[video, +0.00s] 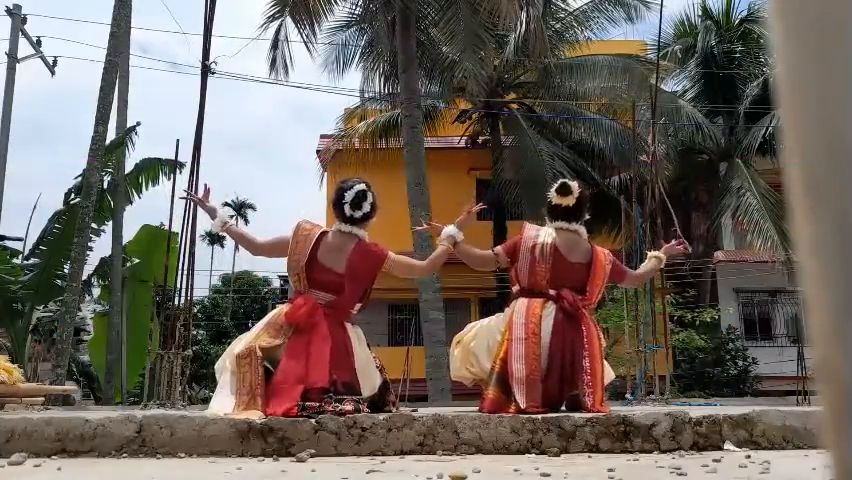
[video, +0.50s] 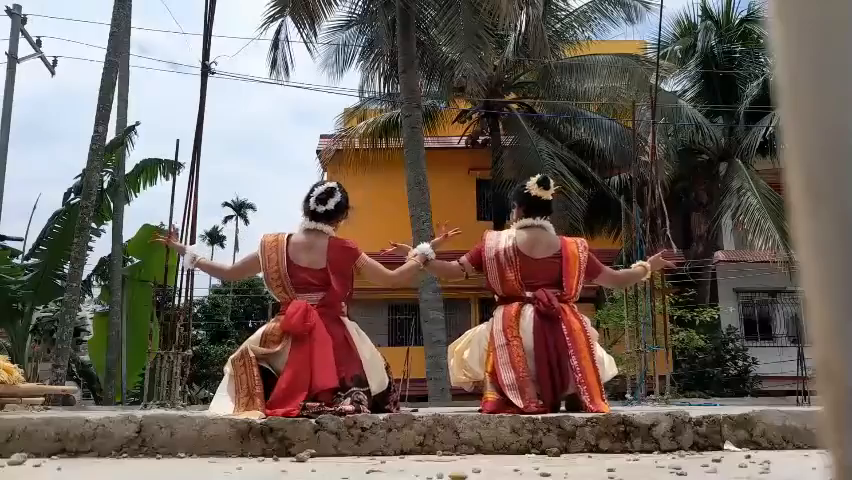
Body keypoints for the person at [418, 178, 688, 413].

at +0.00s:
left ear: (549, 208)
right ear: (584, 212)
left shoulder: (528, 238)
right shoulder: (595, 253)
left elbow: (486, 260)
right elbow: (633, 278)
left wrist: (452, 240)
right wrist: (659, 257)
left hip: (524, 323)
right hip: (573, 329)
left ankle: (513, 397)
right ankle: (576, 397)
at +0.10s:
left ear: (545, 208)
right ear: (580, 213)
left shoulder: (522, 238)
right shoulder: (593, 254)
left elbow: (479, 262)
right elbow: (631, 280)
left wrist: (447, 245)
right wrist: (655, 264)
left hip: (520, 329)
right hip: (572, 335)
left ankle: (513, 397)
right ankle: (572, 397)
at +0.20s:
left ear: (538, 208)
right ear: (574, 212)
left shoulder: (516, 241)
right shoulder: (588, 253)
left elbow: (473, 265)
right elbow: (628, 281)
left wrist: (442, 250)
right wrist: (655, 267)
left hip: (518, 331)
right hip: (569, 334)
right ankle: (573, 400)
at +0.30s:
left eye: (534, 207)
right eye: (558, 207)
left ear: (531, 210)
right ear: (566, 212)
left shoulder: (510, 242)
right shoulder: (585, 251)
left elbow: (469, 267)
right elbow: (623, 282)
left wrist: (434, 254)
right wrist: (653, 268)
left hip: (517, 334)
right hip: (569, 336)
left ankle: (510, 398)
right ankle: (569, 397)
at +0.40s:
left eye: (526, 208)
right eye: (549, 208)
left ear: (524, 211)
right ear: (558, 212)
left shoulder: (503, 243)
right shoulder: (579, 250)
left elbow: (463, 268)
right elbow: (620, 280)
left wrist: (428, 258)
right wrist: (651, 269)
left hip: (515, 333)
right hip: (567, 334)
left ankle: (513, 399)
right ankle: (572, 398)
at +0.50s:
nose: (511, 213)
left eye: (513, 208)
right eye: (521, 207)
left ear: (517, 211)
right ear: (551, 212)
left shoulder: (495, 244)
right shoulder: (573, 248)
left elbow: (453, 269)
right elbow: (616, 279)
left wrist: (421, 255)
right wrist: (649, 266)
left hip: (512, 333)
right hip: (566, 333)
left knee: (510, 404)